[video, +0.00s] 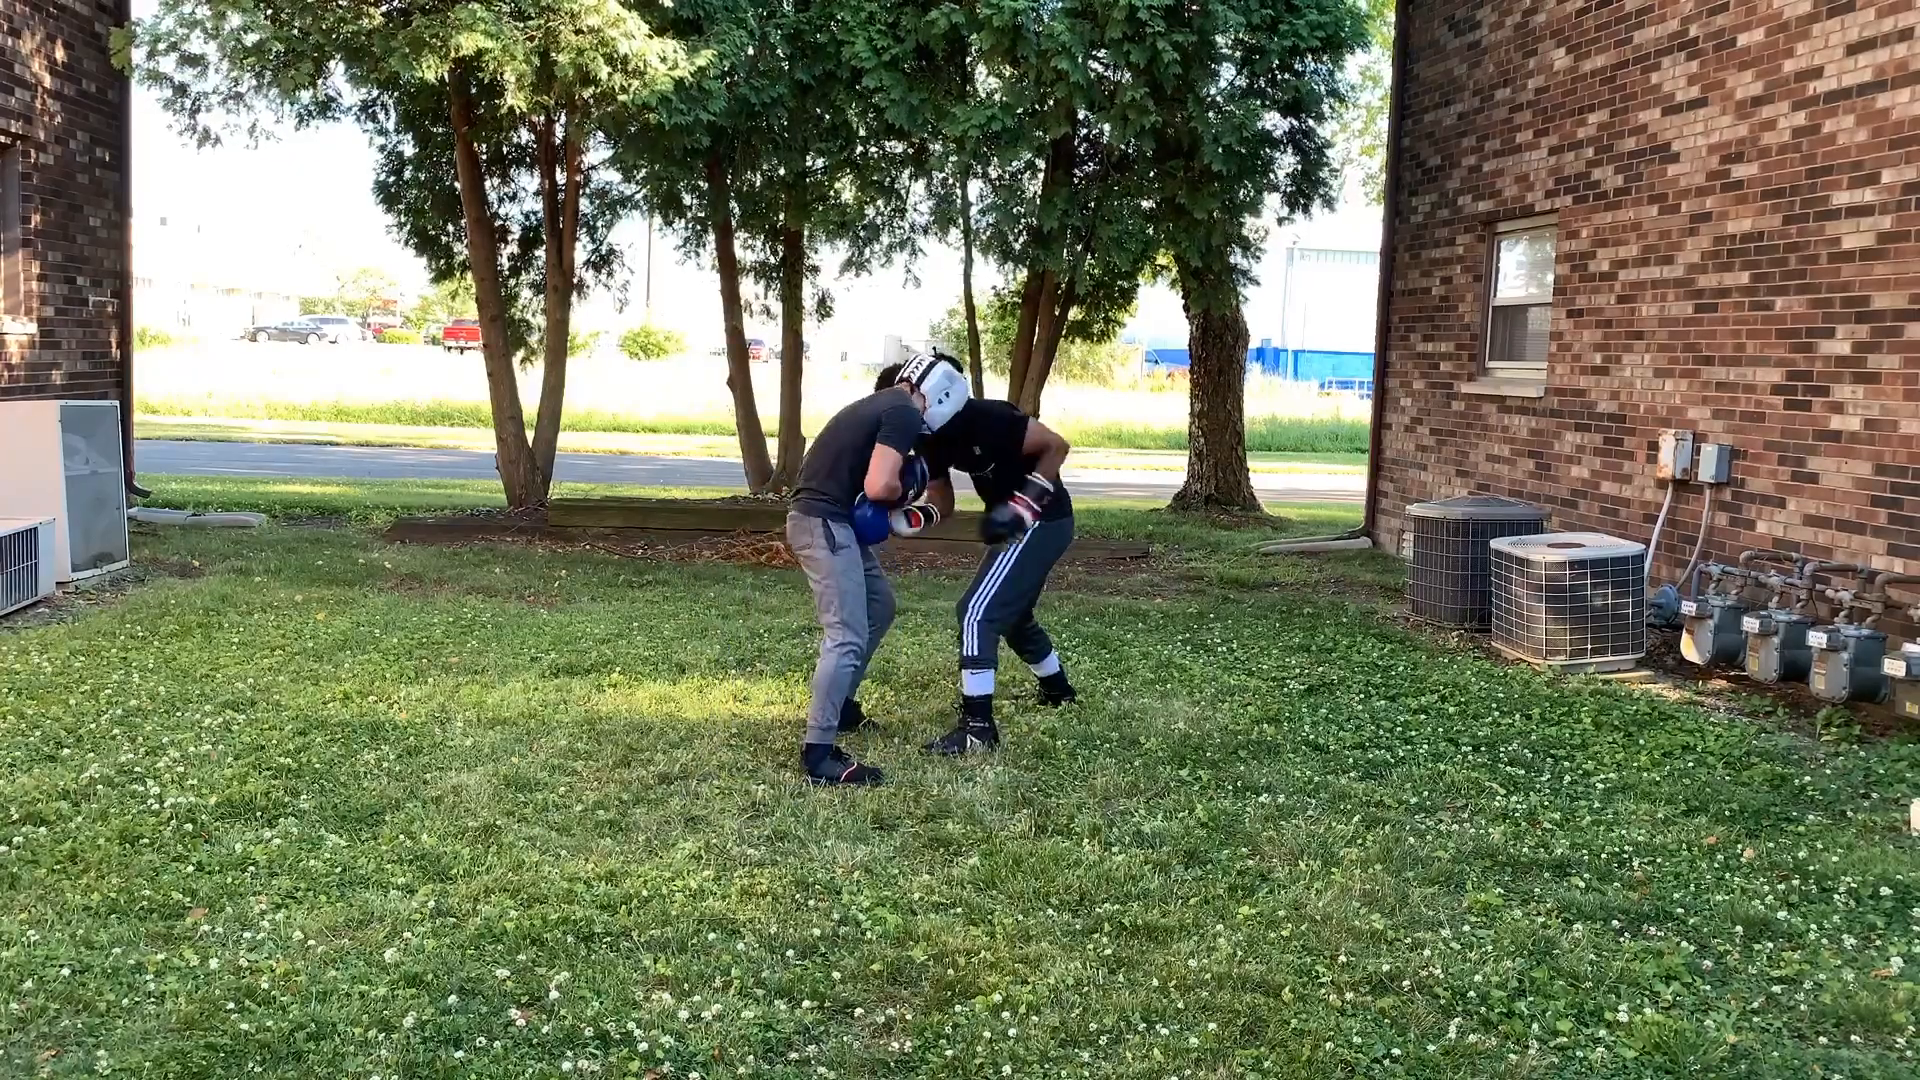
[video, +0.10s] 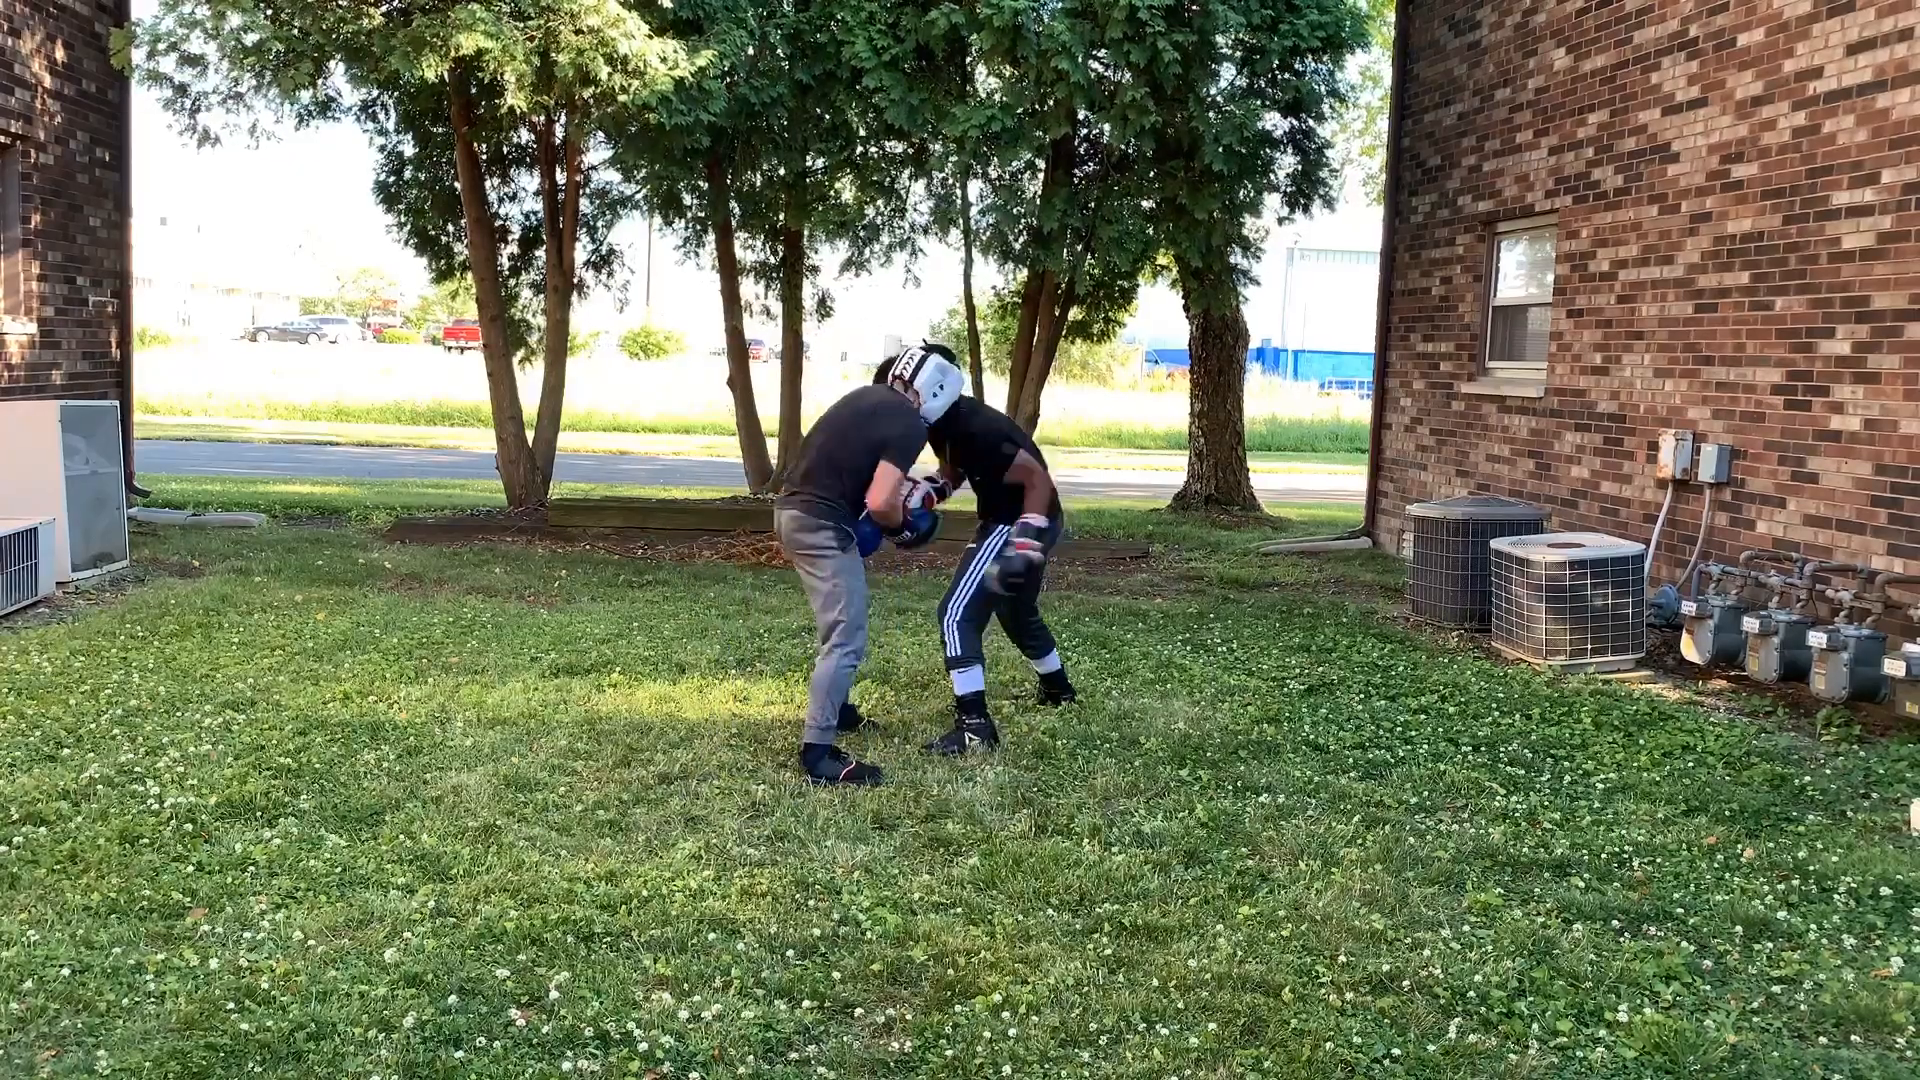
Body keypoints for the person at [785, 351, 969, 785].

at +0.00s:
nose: (934, 419)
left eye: (940, 412)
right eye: (938, 409)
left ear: (910, 383)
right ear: (926, 391)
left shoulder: (884, 406)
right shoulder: (901, 409)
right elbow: (878, 486)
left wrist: (905, 513)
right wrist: (905, 487)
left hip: (837, 523)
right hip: (820, 522)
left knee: (880, 609)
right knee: (847, 635)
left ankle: (842, 709)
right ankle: (817, 753)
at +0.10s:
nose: (937, 409)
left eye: (941, 400)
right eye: (938, 398)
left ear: (899, 377)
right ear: (922, 388)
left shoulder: (866, 399)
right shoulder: (908, 422)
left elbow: (852, 466)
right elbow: (879, 502)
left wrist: (907, 486)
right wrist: (904, 524)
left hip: (793, 509)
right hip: (819, 520)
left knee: (840, 618)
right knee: (846, 639)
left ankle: (833, 707)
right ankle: (817, 752)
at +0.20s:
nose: (928, 400)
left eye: (930, 392)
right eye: (929, 391)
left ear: (889, 363)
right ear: (920, 384)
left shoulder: (837, 371)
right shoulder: (912, 426)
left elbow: (793, 427)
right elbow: (896, 497)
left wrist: (829, 458)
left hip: (783, 516)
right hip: (828, 526)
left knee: (815, 621)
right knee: (847, 632)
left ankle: (832, 710)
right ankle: (823, 752)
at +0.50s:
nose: (903, 397)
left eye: (908, 388)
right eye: (902, 386)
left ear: (864, 368)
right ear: (879, 379)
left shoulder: (835, 381)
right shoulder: (850, 426)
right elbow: (854, 504)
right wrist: (875, 467)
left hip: (770, 502)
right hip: (782, 514)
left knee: (803, 618)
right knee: (811, 628)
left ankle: (786, 712)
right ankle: (816, 751)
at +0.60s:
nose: (883, 381)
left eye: (888, 373)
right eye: (878, 371)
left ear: (851, 361)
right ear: (855, 365)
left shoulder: (846, 393)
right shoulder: (820, 409)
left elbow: (850, 467)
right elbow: (832, 492)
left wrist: (867, 443)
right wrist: (870, 452)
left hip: (794, 510)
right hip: (764, 509)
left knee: (811, 615)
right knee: (787, 619)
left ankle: (786, 715)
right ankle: (780, 737)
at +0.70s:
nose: (873, 378)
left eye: (876, 369)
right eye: (870, 368)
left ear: (841, 359)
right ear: (844, 360)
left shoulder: (833, 393)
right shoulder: (798, 404)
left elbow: (842, 460)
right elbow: (817, 486)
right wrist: (858, 446)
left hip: (793, 514)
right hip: (756, 509)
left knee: (809, 613)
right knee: (766, 617)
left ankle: (785, 714)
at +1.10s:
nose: (825, 428)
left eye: (828, 420)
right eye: (821, 420)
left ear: (801, 407)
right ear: (792, 411)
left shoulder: (807, 426)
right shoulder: (749, 439)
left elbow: (807, 477)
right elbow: (775, 519)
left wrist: (834, 472)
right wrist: (827, 487)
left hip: (780, 539)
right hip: (728, 538)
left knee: (826, 608)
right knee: (743, 634)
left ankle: (800, 709)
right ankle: (685, 737)